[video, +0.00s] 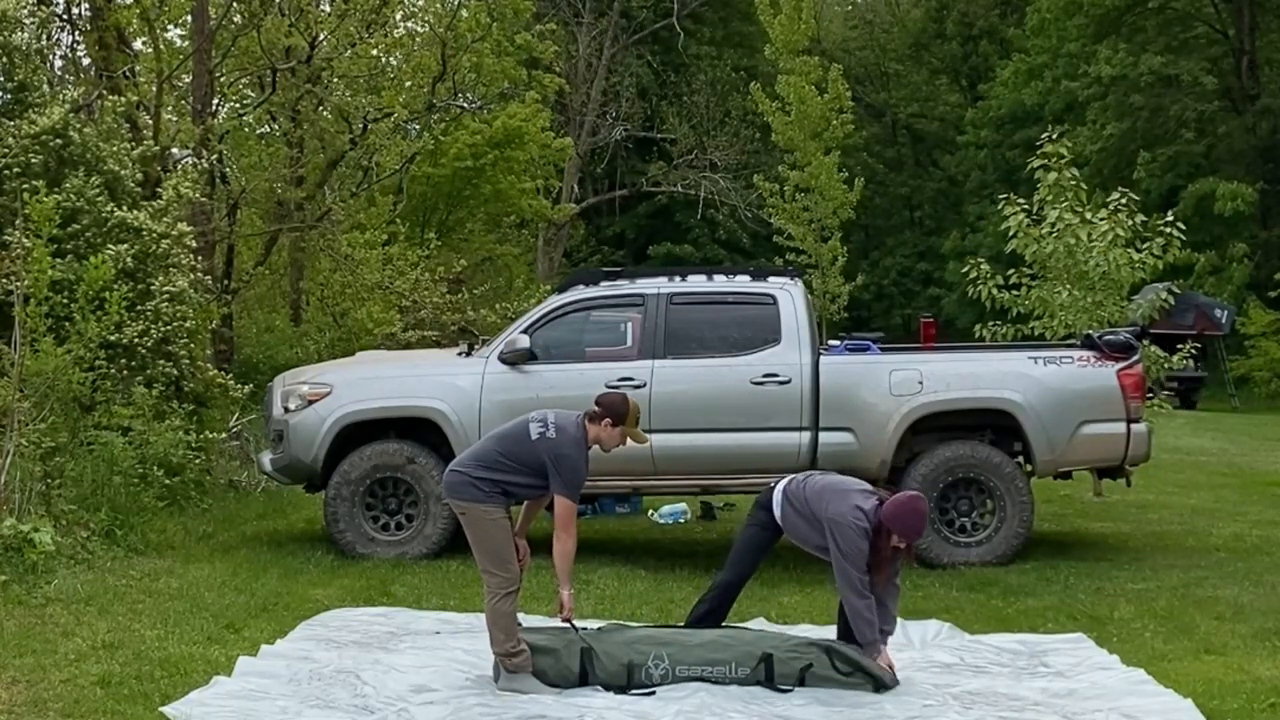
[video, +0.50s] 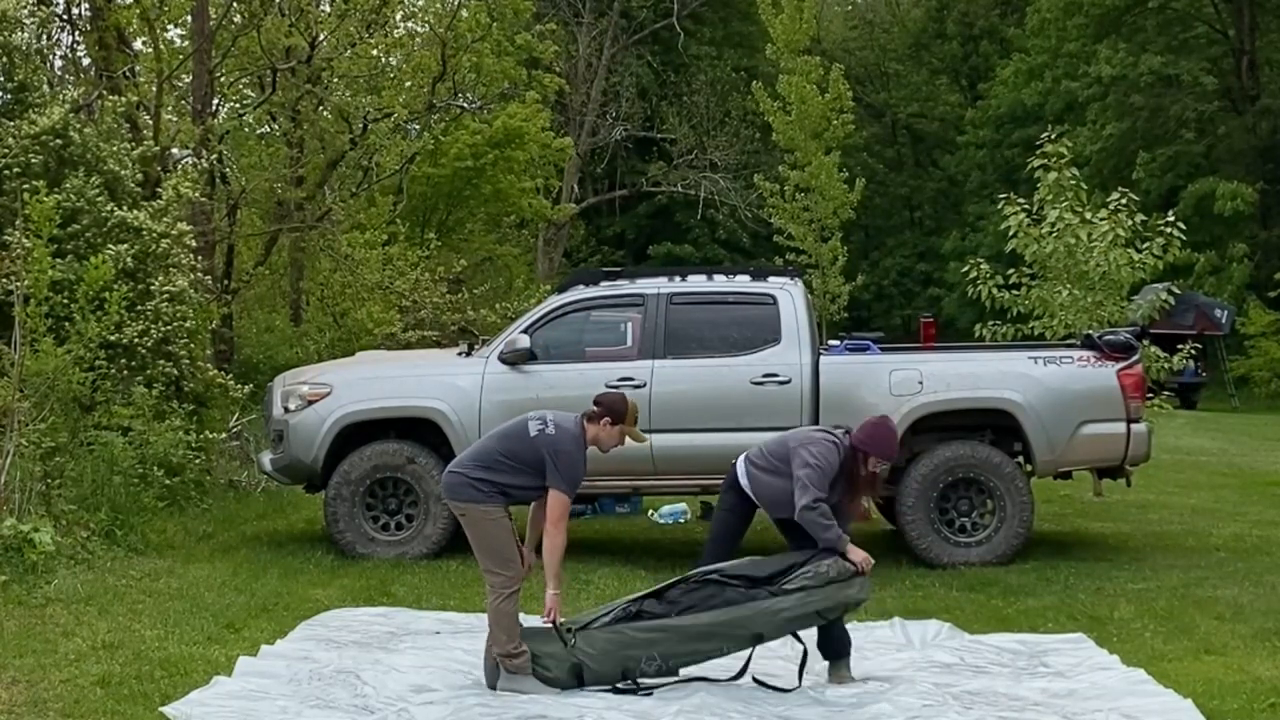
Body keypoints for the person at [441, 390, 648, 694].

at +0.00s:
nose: (624, 441)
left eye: (626, 435)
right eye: (623, 433)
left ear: (602, 420)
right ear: (606, 423)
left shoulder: (569, 427)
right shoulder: (570, 453)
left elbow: (541, 490)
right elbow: (564, 534)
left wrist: (519, 533)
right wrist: (565, 589)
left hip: (480, 486)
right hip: (475, 490)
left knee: (508, 573)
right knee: (502, 579)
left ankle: (506, 663)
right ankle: (513, 671)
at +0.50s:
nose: (622, 442)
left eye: (625, 435)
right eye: (622, 433)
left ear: (601, 421)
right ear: (604, 423)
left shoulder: (566, 431)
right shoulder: (569, 450)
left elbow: (542, 500)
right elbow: (554, 525)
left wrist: (529, 547)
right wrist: (553, 590)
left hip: (476, 486)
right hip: (472, 489)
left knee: (511, 571)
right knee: (506, 576)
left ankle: (498, 661)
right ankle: (513, 670)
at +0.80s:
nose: (589, 456)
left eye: (593, 450)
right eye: (591, 447)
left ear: (568, 431)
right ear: (577, 435)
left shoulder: (531, 441)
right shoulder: (546, 451)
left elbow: (512, 520)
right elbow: (543, 528)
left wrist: (505, 570)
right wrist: (557, 588)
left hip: (434, 494)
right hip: (452, 500)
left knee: (483, 568)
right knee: (505, 580)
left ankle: (472, 653)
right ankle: (514, 673)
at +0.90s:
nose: (555, 430)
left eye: (559, 425)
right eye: (557, 422)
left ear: (535, 409)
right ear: (540, 410)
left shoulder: (494, 426)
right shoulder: (511, 437)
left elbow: (481, 509)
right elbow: (518, 513)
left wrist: (486, 562)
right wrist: (540, 569)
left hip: (409, 497)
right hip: (432, 502)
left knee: (447, 578)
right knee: (478, 584)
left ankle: (404, 657)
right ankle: (513, 673)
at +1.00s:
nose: (518, 416)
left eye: (522, 410)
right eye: (520, 407)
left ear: (495, 394)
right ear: (503, 395)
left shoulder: (450, 407)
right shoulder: (474, 420)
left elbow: (442, 487)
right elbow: (479, 500)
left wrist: (457, 543)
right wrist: (499, 558)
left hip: (370, 484)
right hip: (399, 484)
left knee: (410, 569)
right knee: (460, 552)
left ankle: (398, 665)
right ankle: (469, 649)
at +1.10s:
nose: (501, 404)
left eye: (503, 398)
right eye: (502, 395)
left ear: (474, 383)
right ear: (485, 386)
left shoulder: (433, 398)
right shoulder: (461, 417)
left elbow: (424, 482)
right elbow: (467, 498)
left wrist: (441, 531)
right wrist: (478, 551)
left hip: (357, 484)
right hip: (385, 485)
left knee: (400, 567)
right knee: (443, 553)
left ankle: (397, 665)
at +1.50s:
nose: (416, 370)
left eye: (418, 363)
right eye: (411, 362)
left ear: (390, 356)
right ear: (387, 356)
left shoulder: (380, 390)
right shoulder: (367, 398)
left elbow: (372, 461)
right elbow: (347, 472)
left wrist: (383, 504)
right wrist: (388, 510)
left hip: (326, 498)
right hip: (327, 501)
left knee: (341, 586)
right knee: (368, 584)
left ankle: (280, 658)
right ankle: (370, 684)